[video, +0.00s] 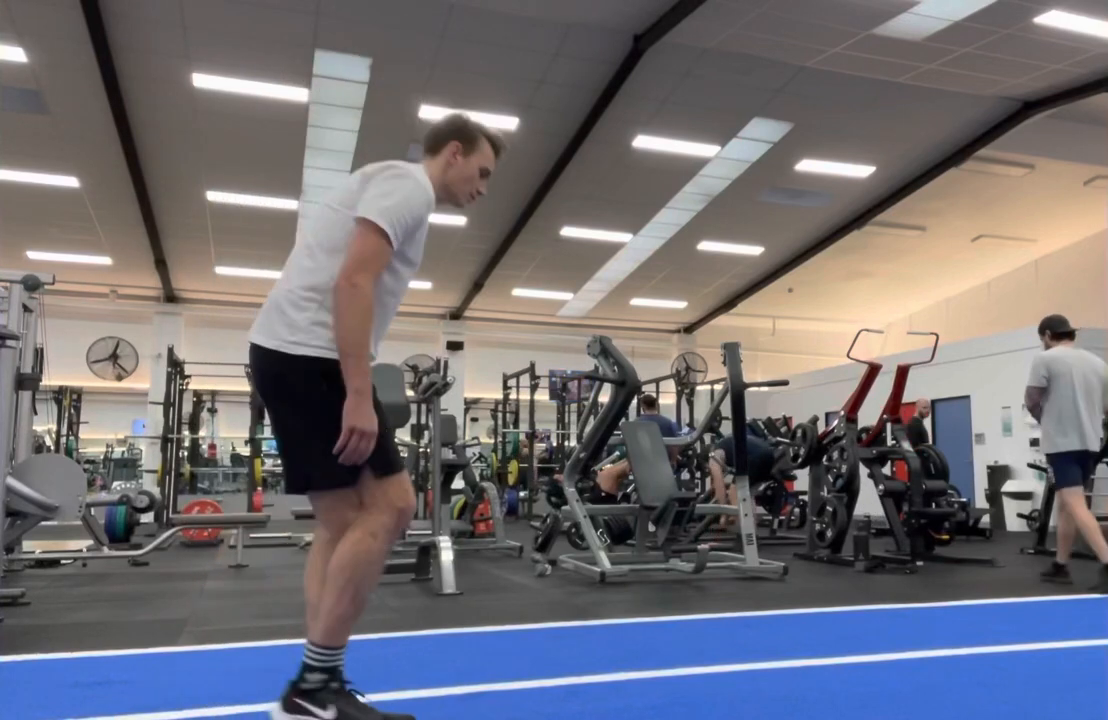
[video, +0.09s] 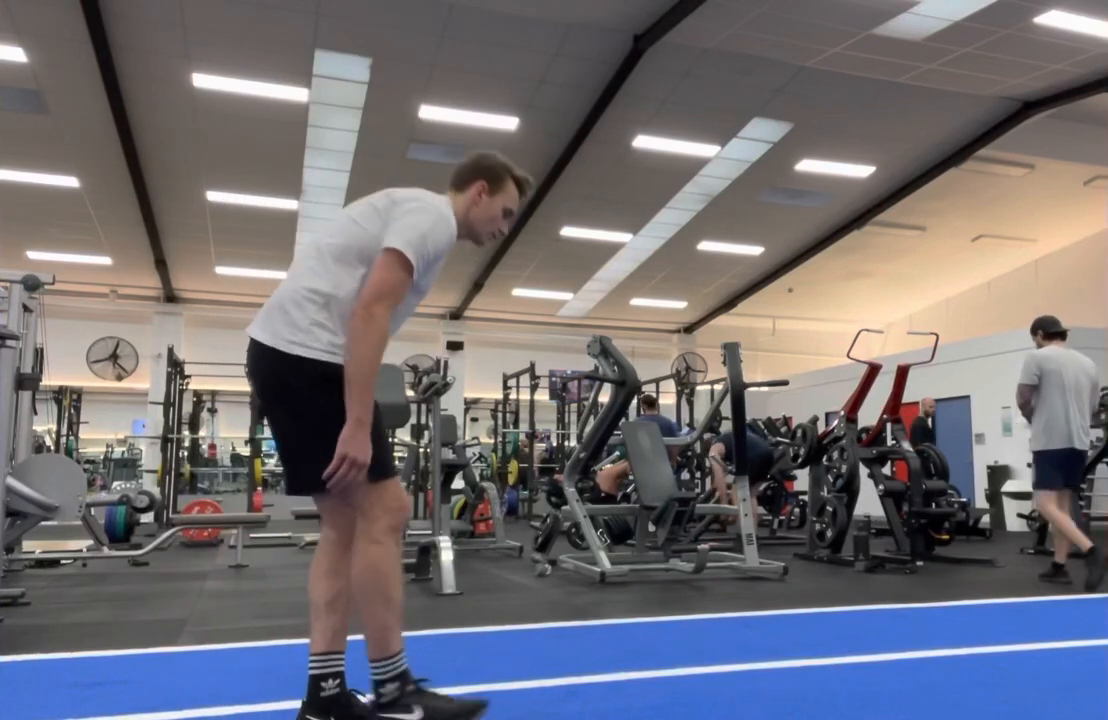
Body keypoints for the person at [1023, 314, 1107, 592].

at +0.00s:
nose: (1041, 343)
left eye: (1041, 339)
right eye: (1041, 339)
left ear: (1047, 336)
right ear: (1072, 335)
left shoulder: (1045, 359)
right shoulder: (1096, 362)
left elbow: (1031, 400)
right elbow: (1103, 401)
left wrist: (1048, 421)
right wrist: (1090, 420)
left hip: (1061, 441)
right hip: (1093, 441)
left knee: (1077, 506)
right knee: (1066, 505)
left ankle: (1105, 562)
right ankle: (1060, 565)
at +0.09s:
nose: (1033, 343)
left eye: (1033, 339)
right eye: (1033, 339)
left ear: (1039, 336)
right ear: (1063, 336)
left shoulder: (1036, 357)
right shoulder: (1087, 363)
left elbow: (1023, 399)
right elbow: (1094, 407)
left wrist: (1036, 420)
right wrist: (1076, 422)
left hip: (1049, 440)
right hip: (1079, 441)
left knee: (1045, 503)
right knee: (1064, 503)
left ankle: (1089, 549)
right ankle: (1058, 565)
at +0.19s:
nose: (1024, 343)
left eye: (1024, 339)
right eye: (1023, 339)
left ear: (1030, 336)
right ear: (1053, 335)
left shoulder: (1028, 358)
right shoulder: (1077, 362)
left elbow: (1014, 398)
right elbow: (1083, 408)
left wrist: (1024, 420)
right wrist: (1061, 416)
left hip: (1039, 441)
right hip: (1070, 442)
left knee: (1023, 498)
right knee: (1058, 498)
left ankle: (1064, 543)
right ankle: (1059, 562)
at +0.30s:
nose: (1014, 346)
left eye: (1014, 342)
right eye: (1013, 342)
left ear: (1019, 338)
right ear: (1042, 337)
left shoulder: (1020, 358)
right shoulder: (1067, 363)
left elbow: (1007, 398)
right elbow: (1072, 401)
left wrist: (1006, 417)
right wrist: (1056, 421)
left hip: (1031, 440)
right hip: (1063, 441)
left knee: (1009, 494)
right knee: (1055, 500)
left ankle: (1038, 550)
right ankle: (1058, 564)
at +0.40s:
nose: (1003, 350)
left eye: (1003, 346)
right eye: (1002, 347)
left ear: (1009, 342)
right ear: (1030, 340)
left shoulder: (1011, 363)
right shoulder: (1056, 365)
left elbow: (1000, 402)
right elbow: (1062, 403)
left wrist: (995, 424)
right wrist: (1048, 425)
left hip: (1023, 443)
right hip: (1055, 443)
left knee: (1004, 496)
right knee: (1052, 502)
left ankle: (1010, 560)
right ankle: (1058, 565)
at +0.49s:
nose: (991, 357)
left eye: (991, 352)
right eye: (990, 353)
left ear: (997, 347)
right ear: (1015, 345)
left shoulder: (998, 369)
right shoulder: (1044, 368)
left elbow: (990, 410)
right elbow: (1051, 406)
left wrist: (985, 432)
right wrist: (1042, 431)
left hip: (1016, 446)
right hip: (1049, 444)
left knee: (1003, 502)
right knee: (1045, 503)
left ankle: (994, 557)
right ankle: (1057, 564)